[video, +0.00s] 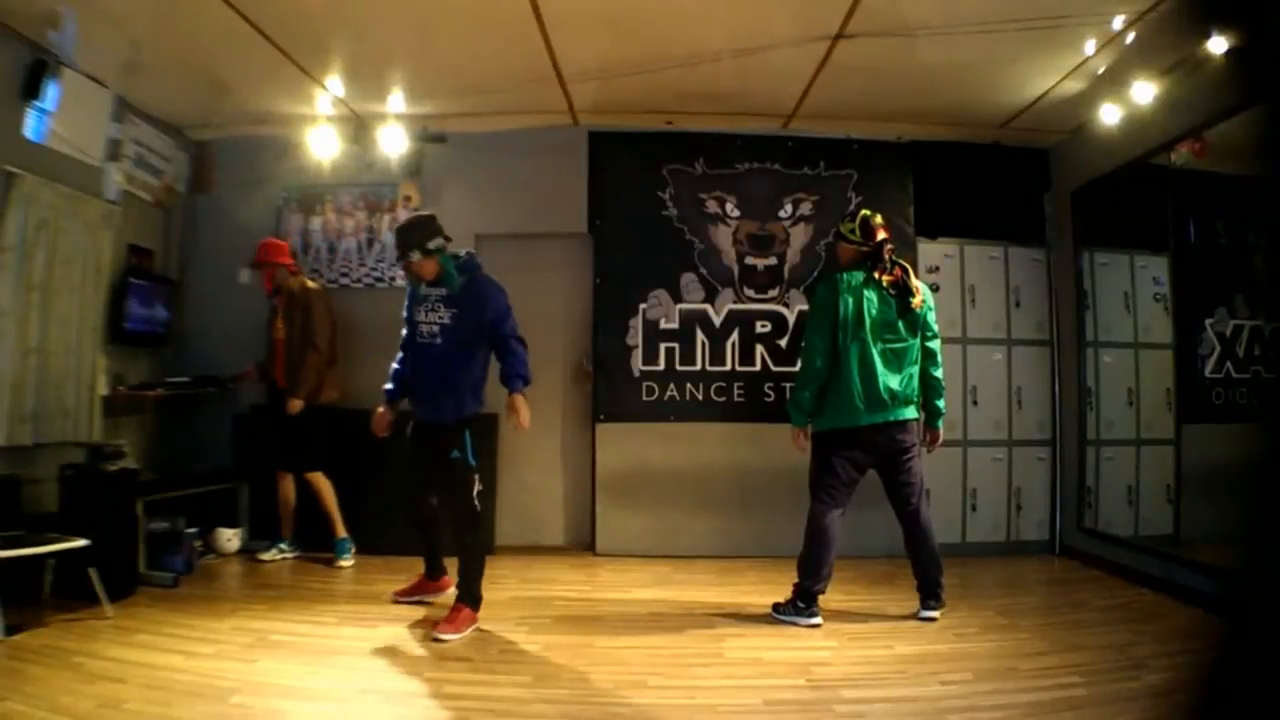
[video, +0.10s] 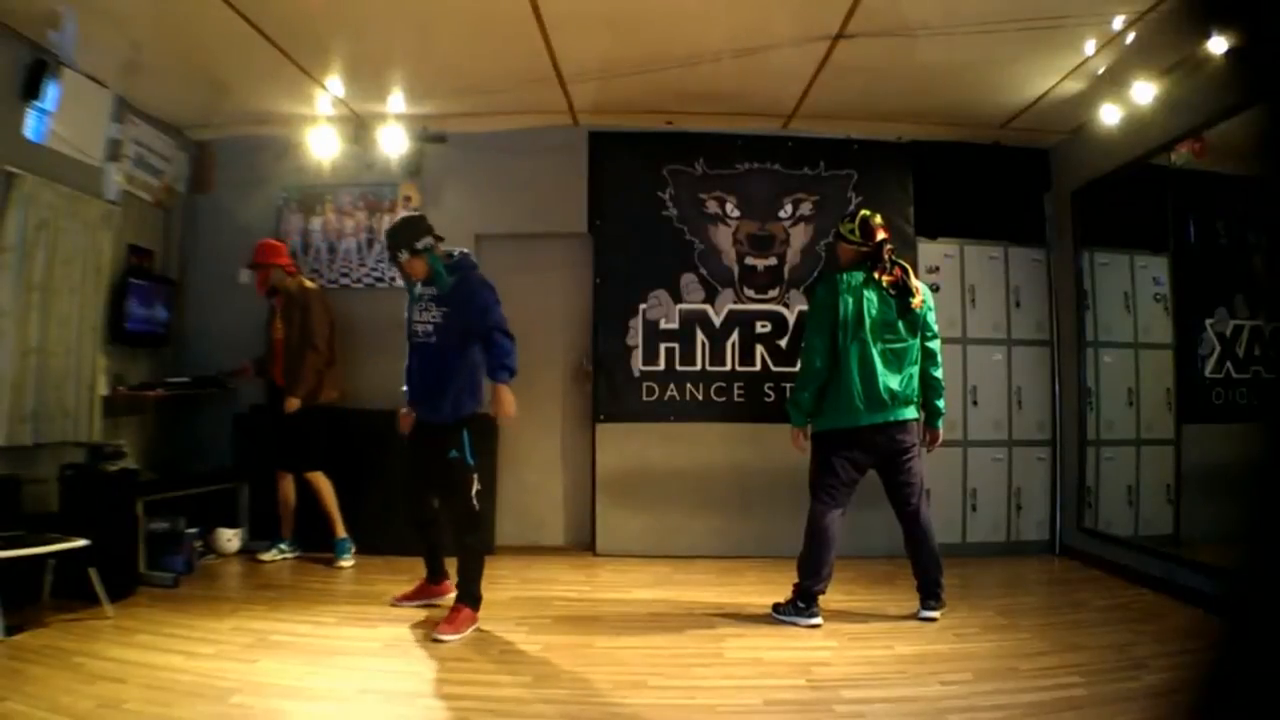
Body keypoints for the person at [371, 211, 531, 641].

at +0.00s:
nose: (409, 270)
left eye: (413, 261)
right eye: (406, 262)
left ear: (434, 253)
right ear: (415, 258)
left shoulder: (479, 289)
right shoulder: (419, 289)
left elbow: (508, 339)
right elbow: (409, 348)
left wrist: (516, 389)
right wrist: (390, 398)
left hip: (466, 414)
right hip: (425, 414)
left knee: (467, 508)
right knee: (421, 496)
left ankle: (468, 604)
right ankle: (435, 574)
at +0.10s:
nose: (403, 270)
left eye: (405, 261)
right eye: (399, 262)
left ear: (425, 252)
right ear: (406, 258)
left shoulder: (466, 280)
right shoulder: (418, 286)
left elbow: (497, 330)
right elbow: (418, 348)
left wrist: (502, 382)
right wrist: (410, 401)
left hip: (468, 411)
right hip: (430, 411)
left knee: (468, 506)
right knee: (422, 496)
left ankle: (467, 603)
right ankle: (437, 578)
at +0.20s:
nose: (396, 269)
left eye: (398, 259)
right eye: (392, 261)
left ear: (417, 250)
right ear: (403, 255)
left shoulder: (460, 282)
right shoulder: (415, 284)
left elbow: (480, 335)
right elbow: (421, 340)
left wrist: (471, 379)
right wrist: (416, 388)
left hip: (455, 410)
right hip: (425, 408)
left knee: (462, 502)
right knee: (424, 494)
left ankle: (468, 603)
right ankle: (438, 581)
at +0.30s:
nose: (392, 268)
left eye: (394, 258)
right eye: (388, 261)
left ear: (413, 248)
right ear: (397, 255)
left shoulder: (455, 280)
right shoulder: (408, 283)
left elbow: (458, 342)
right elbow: (413, 340)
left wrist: (437, 389)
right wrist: (411, 390)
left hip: (450, 407)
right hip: (420, 404)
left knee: (453, 503)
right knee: (423, 495)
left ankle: (465, 601)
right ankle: (437, 581)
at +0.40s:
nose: (390, 270)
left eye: (392, 260)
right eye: (385, 263)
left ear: (411, 249)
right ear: (387, 262)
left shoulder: (453, 285)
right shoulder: (402, 291)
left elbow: (453, 353)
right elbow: (399, 348)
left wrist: (401, 381)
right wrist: (398, 398)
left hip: (450, 406)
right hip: (420, 406)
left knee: (440, 496)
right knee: (419, 493)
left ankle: (461, 594)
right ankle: (437, 581)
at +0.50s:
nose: (388, 273)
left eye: (389, 264)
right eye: (383, 266)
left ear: (407, 252)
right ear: (389, 263)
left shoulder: (450, 285)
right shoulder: (404, 293)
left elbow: (449, 351)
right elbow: (386, 351)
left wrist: (393, 351)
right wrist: (365, 404)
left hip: (449, 406)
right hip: (419, 406)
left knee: (435, 493)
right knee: (419, 491)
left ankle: (459, 587)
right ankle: (438, 582)